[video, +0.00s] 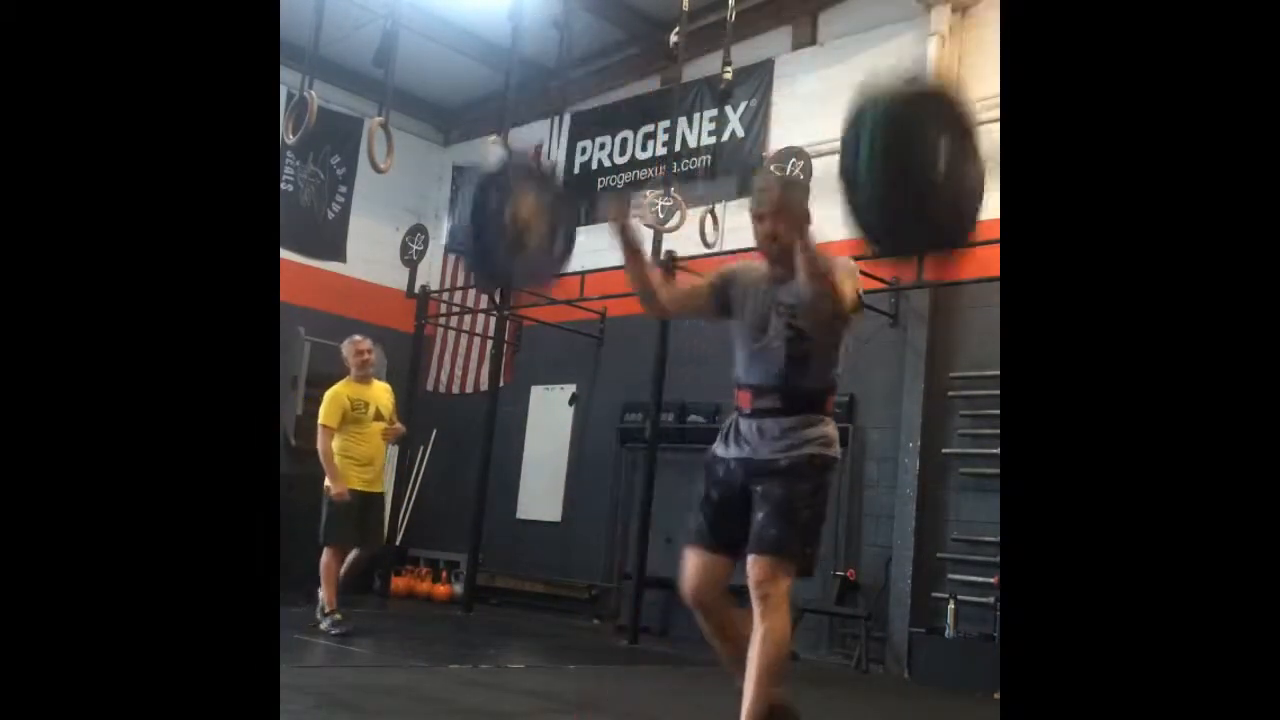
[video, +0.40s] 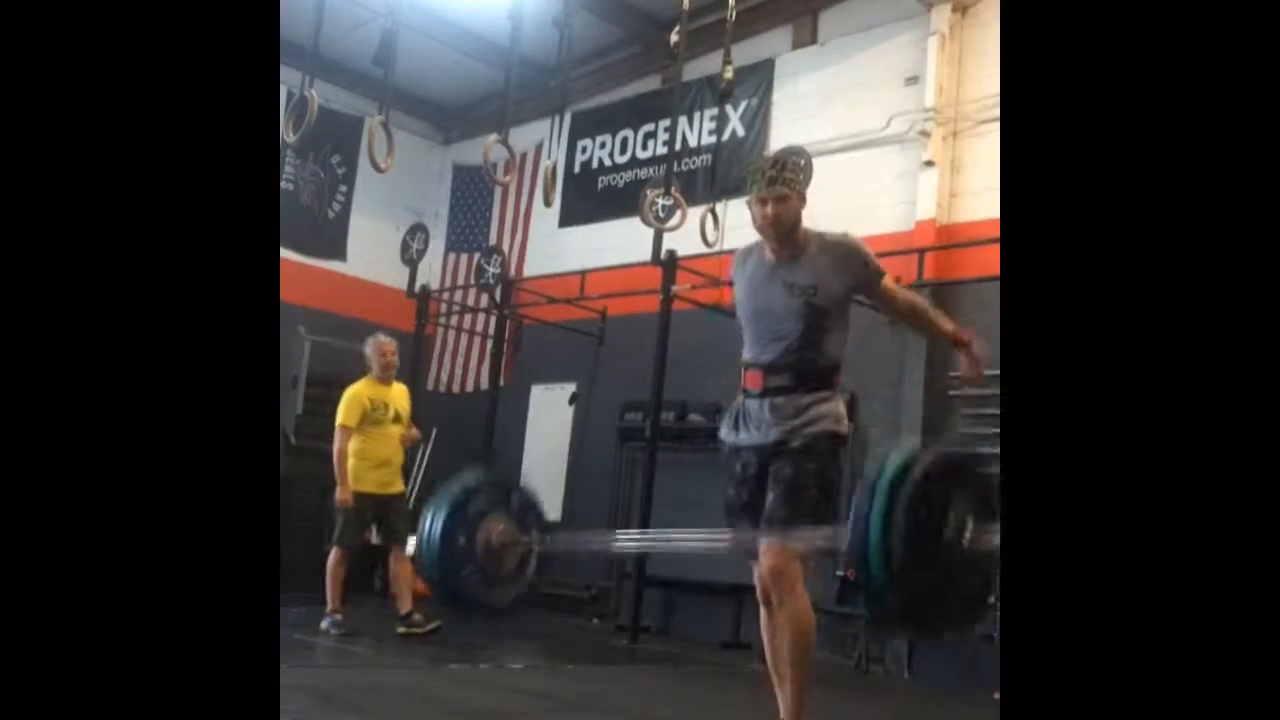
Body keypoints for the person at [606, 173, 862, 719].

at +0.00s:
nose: (768, 230)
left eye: (779, 217)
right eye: (759, 217)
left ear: (804, 216)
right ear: (750, 220)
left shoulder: (834, 273)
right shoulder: (740, 280)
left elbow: (828, 306)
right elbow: (660, 299)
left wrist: (803, 239)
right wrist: (624, 231)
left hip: (799, 443)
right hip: (738, 439)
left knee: (766, 580)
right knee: (700, 586)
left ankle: (751, 714)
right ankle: (772, 699)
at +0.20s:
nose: (767, 219)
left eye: (779, 207)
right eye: (759, 209)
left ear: (803, 208)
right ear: (750, 214)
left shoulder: (843, 277)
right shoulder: (740, 284)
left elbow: (872, 368)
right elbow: (736, 370)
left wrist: (898, 456)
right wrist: (708, 441)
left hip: (807, 438)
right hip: (743, 437)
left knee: (779, 569)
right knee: (752, 584)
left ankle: (763, 713)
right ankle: (792, 708)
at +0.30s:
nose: (768, 213)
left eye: (781, 201)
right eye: (760, 201)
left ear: (803, 203)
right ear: (750, 207)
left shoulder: (838, 270)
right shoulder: (742, 272)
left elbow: (887, 331)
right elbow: (750, 348)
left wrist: (934, 375)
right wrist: (742, 411)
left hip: (808, 428)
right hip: (748, 431)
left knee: (777, 567)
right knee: (760, 577)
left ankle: (785, 710)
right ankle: (788, 706)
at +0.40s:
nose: (771, 213)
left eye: (782, 200)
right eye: (762, 202)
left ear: (803, 201)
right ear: (750, 207)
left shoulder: (839, 256)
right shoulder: (741, 266)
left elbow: (901, 302)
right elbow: (760, 333)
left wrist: (957, 338)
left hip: (811, 423)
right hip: (754, 425)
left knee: (777, 572)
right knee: (767, 579)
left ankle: (791, 711)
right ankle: (787, 708)